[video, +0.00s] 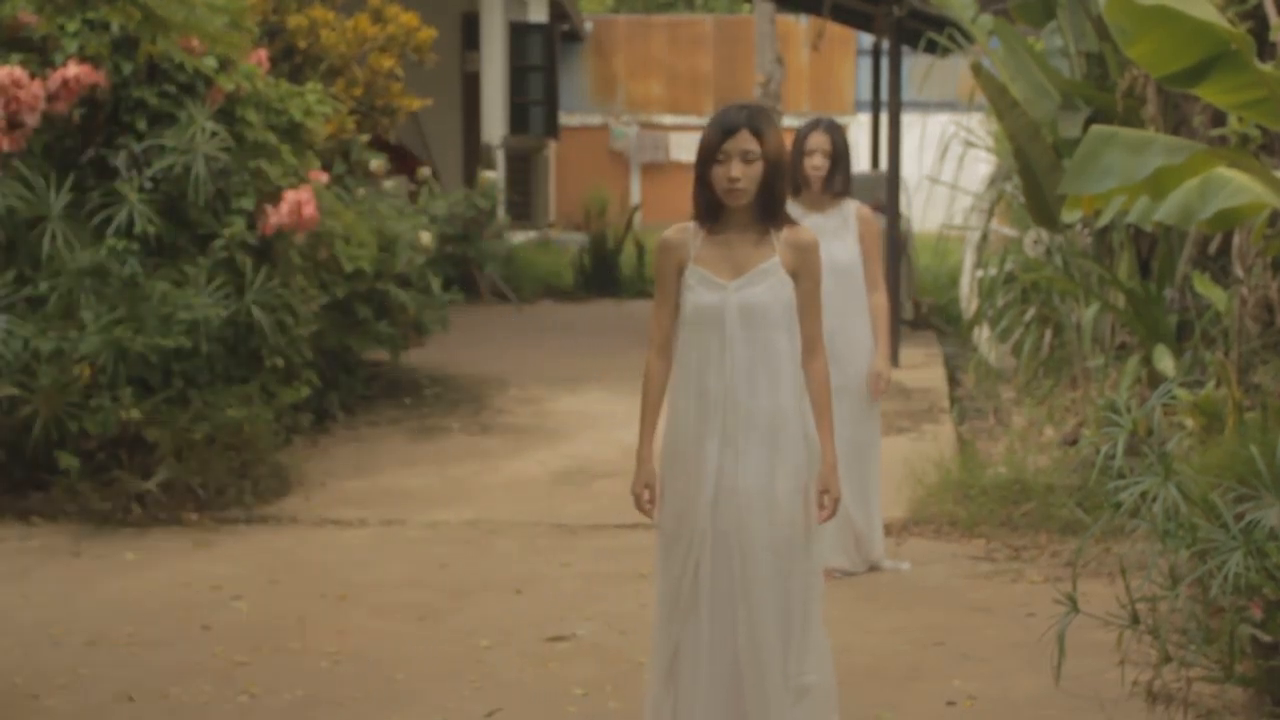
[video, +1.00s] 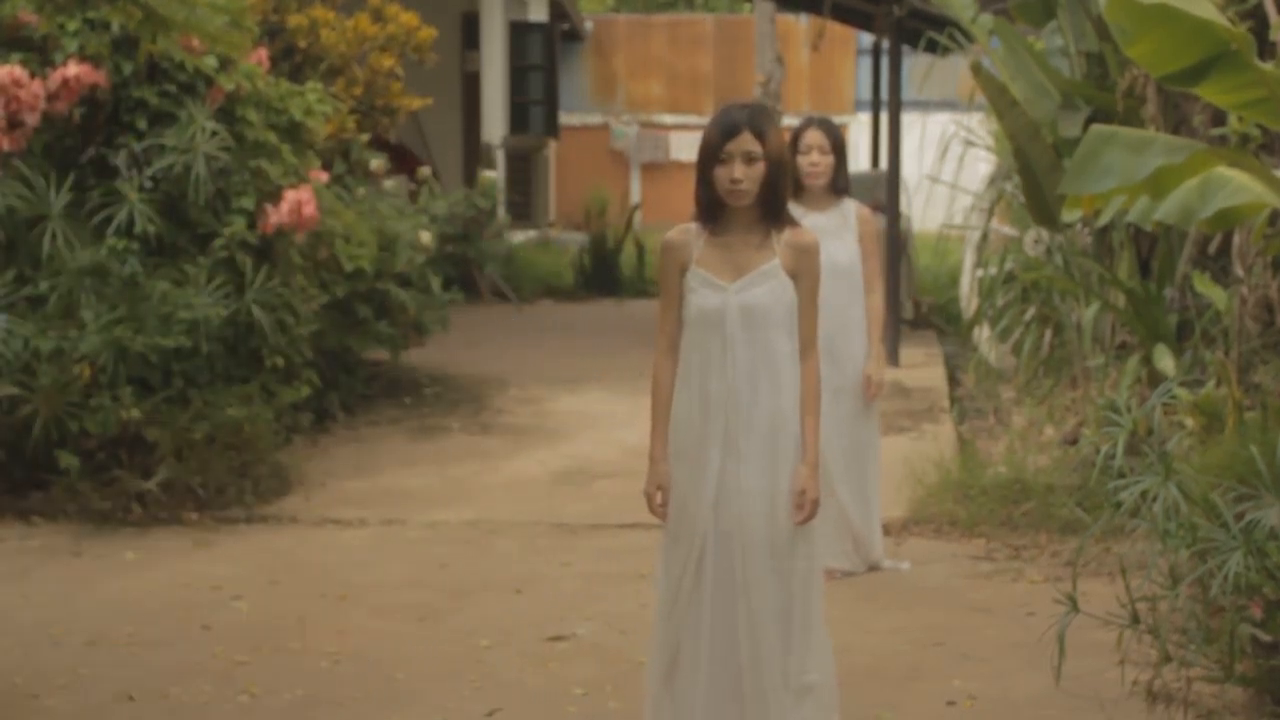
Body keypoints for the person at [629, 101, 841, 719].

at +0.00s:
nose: (734, 173)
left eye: (748, 159)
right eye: (722, 159)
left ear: (768, 168)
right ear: (706, 167)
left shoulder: (795, 246)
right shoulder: (679, 245)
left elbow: (814, 355)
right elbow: (659, 354)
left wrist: (828, 458)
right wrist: (645, 454)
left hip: (775, 451)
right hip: (698, 450)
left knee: (770, 607)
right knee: (699, 607)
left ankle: (769, 712)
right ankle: (701, 713)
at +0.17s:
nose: (735, 172)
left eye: (749, 160)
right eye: (724, 159)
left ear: (769, 168)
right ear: (707, 167)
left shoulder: (796, 246)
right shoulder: (681, 245)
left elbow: (811, 356)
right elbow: (661, 355)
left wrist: (821, 461)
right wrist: (648, 455)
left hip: (774, 452)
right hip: (698, 450)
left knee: (769, 607)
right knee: (699, 607)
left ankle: (769, 712)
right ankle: (700, 712)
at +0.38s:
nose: (737, 173)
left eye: (751, 160)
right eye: (724, 160)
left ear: (771, 169)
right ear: (708, 167)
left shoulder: (797, 247)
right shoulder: (682, 245)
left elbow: (807, 359)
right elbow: (664, 357)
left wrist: (812, 463)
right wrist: (654, 456)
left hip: (772, 451)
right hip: (699, 449)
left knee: (769, 606)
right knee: (700, 605)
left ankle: (769, 712)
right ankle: (701, 712)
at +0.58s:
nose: (738, 174)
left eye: (752, 160)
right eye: (726, 160)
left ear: (771, 169)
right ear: (708, 168)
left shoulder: (797, 247)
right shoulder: (683, 245)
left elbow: (808, 358)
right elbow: (665, 356)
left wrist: (811, 461)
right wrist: (657, 458)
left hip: (772, 448)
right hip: (700, 448)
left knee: (769, 602)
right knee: (702, 601)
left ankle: (770, 711)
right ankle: (702, 711)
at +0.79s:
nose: (738, 174)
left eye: (751, 161)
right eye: (725, 161)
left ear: (771, 169)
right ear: (708, 168)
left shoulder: (797, 246)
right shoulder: (683, 245)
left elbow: (808, 358)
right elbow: (666, 355)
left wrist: (810, 461)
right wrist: (657, 458)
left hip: (772, 448)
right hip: (701, 448)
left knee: (770, 602)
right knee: (702, 602)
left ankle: (770, 711)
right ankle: (703, 711)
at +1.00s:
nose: (737, 174)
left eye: (751, 161)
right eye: (725, 161)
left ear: (770, 169)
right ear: (708, 168)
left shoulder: (797, 247)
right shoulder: (682, 245)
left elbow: (808, 357)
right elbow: (666, 354)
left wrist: (810, 461)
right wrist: (657, 458)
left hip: (772, 449)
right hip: (700, 448)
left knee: (769, 603)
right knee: (702, 602)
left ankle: (770, 711)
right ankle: (703, 711)